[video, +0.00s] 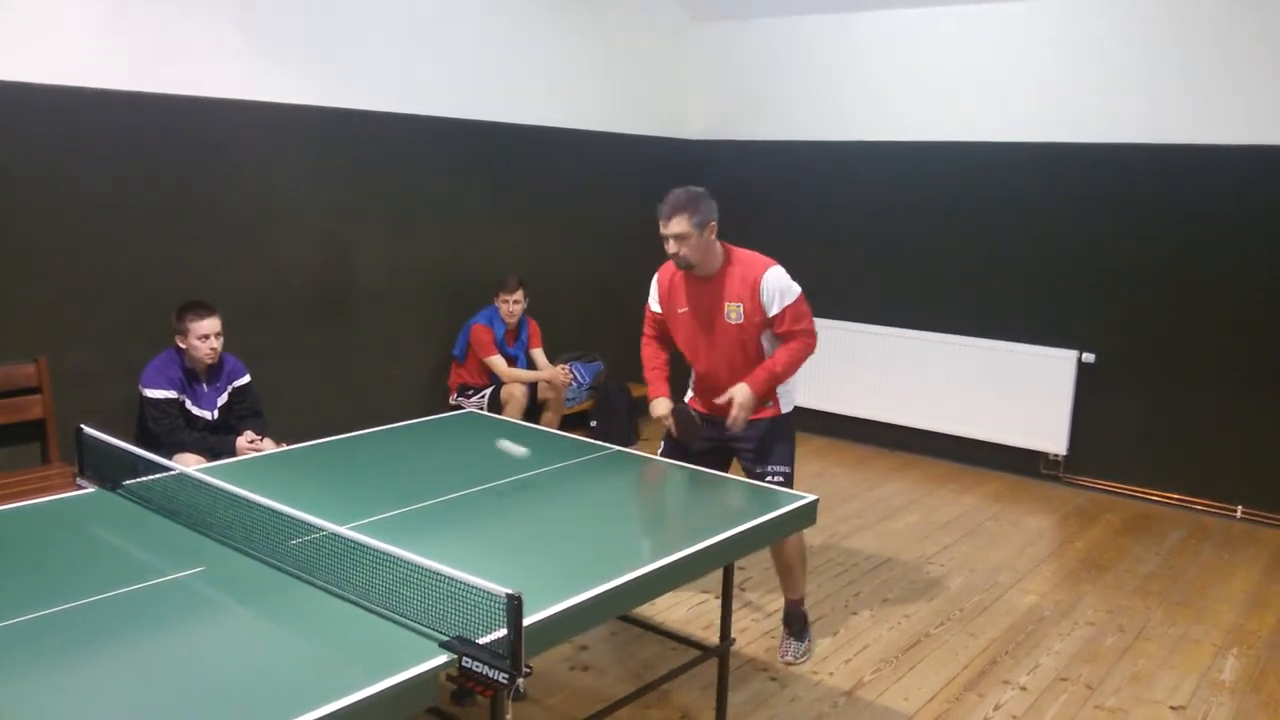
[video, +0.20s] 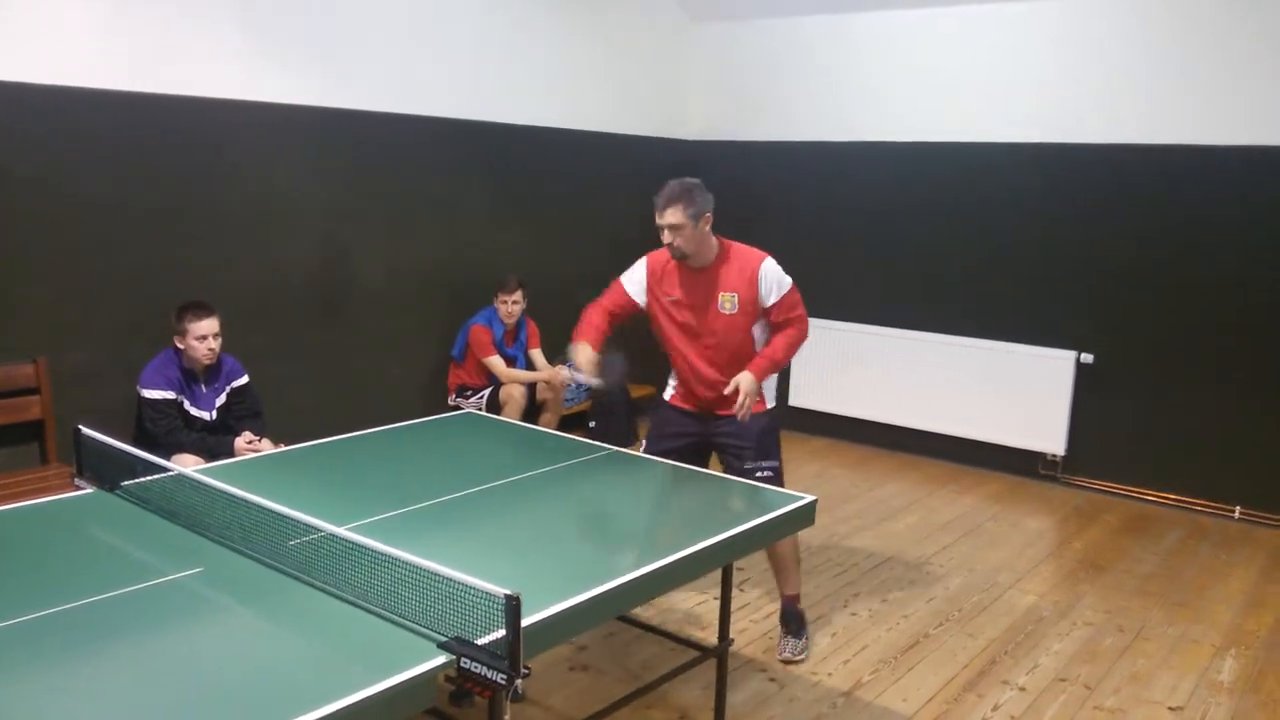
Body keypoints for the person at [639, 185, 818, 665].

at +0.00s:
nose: (672, 250)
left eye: (681, 239)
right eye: (666, 240)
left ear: (711, 231)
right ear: (663, 237)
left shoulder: (763, 276)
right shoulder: (665, 281)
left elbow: (802, 338)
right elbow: (654, 339)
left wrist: (754, 387)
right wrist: (659, 394)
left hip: (763, 416)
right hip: (699, 413)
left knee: (778, 514)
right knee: (668, 498)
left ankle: (795, 618)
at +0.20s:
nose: (668, 240)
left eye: (677, 229)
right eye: (662, 230)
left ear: (706, 222)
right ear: (658, 229)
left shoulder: (756, 268)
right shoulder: (653, 269)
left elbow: (795, 325)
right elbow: (603, 308)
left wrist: (755, 373)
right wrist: (586, 346)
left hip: (745, 412)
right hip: (681, 406)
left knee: (770, 508)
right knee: (644, 495)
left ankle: (792, 616)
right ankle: (619, 585)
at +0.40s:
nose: (658, 221)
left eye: (669, 212)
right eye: (655, 212)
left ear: (701, 214)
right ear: (654, 213)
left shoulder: (746, 264)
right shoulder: (645, 260)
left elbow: (774, 327)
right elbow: (593, 283)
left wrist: (738, 362)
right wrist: (560, 295)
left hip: (733, 414)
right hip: (668, 410)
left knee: (764, 507)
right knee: (633, 497)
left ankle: (792, 612)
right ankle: (618, 585)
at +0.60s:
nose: (659, 213)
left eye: (669, 204)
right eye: (656, 204)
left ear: (702, 207)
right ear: (657, 208)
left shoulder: (747, 260)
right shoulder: (648, 260)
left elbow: (775, 326)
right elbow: (620, 323)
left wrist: (731, 358)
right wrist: (607, 358)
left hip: (734, 413)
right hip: (667, 408)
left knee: (763, 507)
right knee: (642, 501)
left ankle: (790, 612)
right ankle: (618, 588)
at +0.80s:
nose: (674, 217)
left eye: (685, 208)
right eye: (672, 208)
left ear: (717, 212)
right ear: (672, 212)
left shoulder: (765, 269)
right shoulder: (669, 269)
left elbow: (784, 346)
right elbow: (670, 334)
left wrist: (726, 385)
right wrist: (673, 380)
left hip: (758, 422)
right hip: (693, 419)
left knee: (776, 517)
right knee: (668, 507)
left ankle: (793, 616)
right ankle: (638, 589)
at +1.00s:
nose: (696, 209)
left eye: (707, 201)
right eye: (694, 200)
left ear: (740, 206)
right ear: (696, 206)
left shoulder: (782, 265)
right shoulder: (697, 261)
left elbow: (796, 344)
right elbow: (699, 329)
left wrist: (728, 377)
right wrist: (699, 365)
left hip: (781, 424)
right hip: (724, 416)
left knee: (787, 523)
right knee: (699, 503)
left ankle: (793, 616)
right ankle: (686, 578)